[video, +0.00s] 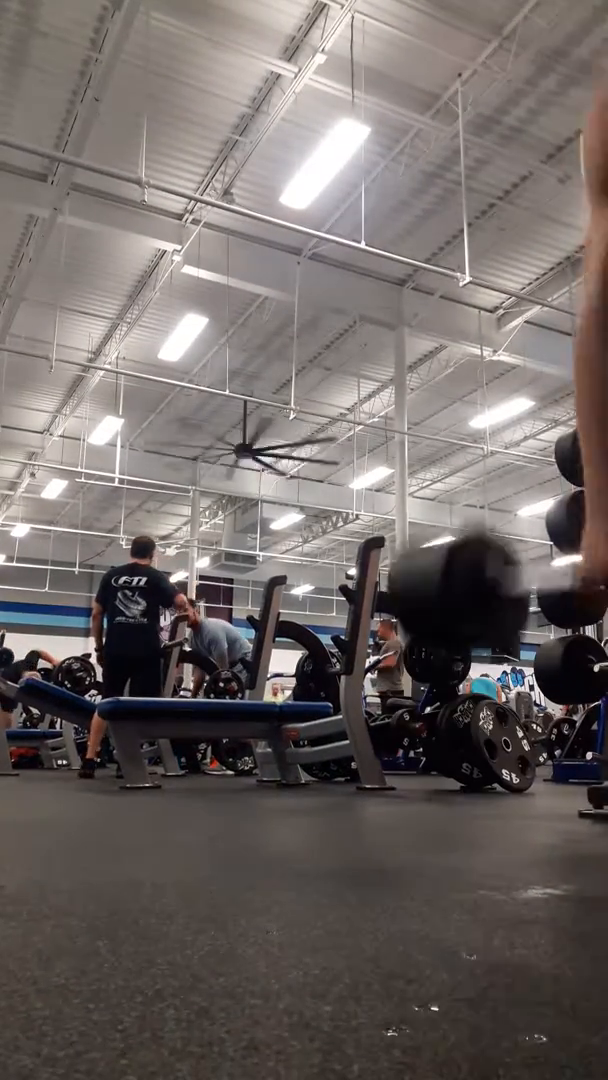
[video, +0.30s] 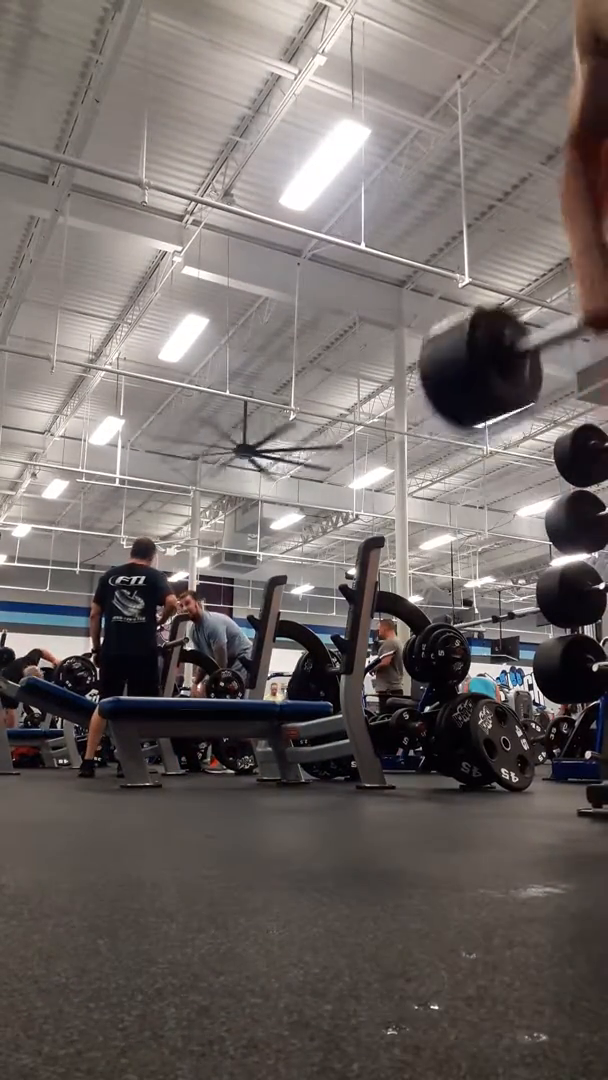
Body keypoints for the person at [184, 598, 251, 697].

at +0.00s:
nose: (182, 615)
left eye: (185, 610)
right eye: (179, 612)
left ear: (195, 611)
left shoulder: (214, 630)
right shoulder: (194, 637)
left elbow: (223, 669)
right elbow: (199, 669)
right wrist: (193, 697)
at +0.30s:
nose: (185, 608)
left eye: (187, 604)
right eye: (181, 606)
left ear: (196, 603)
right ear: (179, 609)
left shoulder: (214, 623)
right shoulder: (194, 630)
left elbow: (222, 664)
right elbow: (203, 659)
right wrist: (195, 683)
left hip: (244, 656)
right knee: (197, 690)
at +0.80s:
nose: (176, 618)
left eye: (176, 614)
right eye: (173, 615)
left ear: (185, 607)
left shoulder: (206, 621)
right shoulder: (195, 629)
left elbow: (218, 656)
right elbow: (203, 657)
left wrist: (200, 681)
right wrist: (193, 679)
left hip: (238, 658)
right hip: (225, 659)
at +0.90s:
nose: (173, 623)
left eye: (173, 619)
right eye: (171, 621)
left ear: (182, 612)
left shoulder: (201, 625)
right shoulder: (193, 629)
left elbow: (215, 661)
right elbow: (203, 659)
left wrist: (198, 685)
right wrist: (193, 681)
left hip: (237, 662)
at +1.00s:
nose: (168, 631)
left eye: (167, 627)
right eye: (165, 628)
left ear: (176, 622)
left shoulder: (196, 629)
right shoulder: (191, 629)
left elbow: (210, 664)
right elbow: (200, 662)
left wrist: (195, 691)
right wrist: (191, 686)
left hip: (234, 660)